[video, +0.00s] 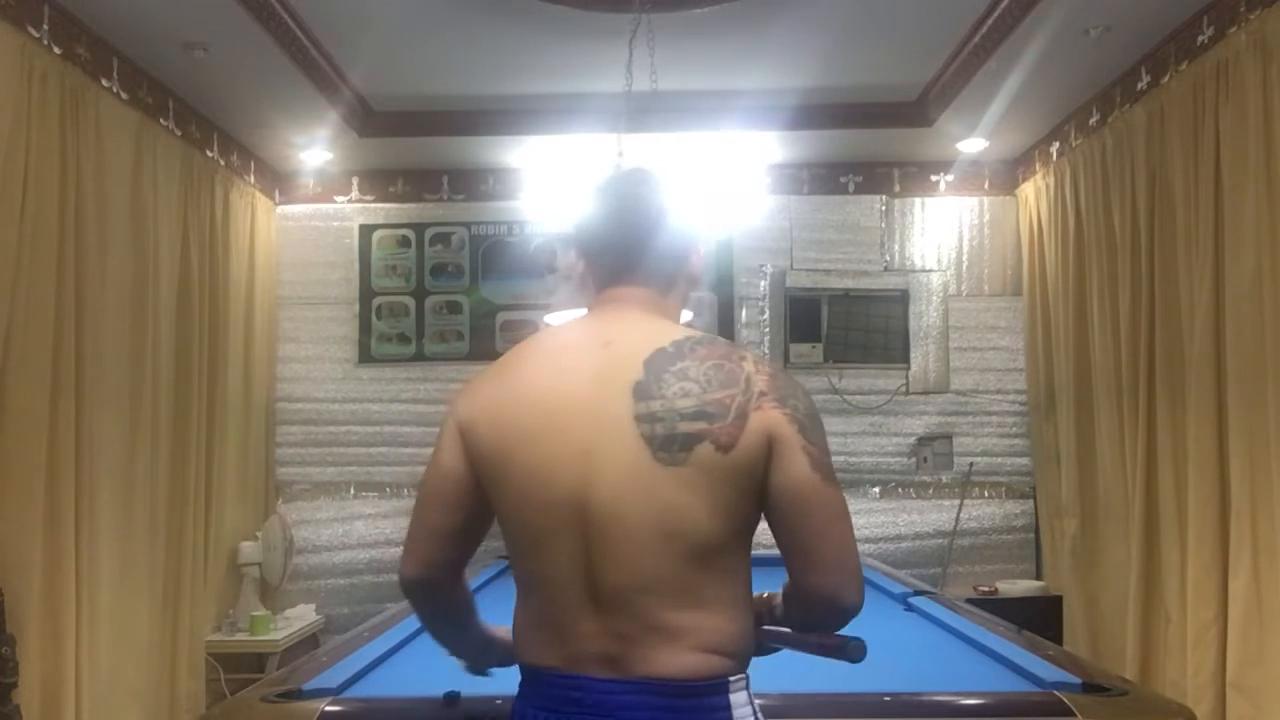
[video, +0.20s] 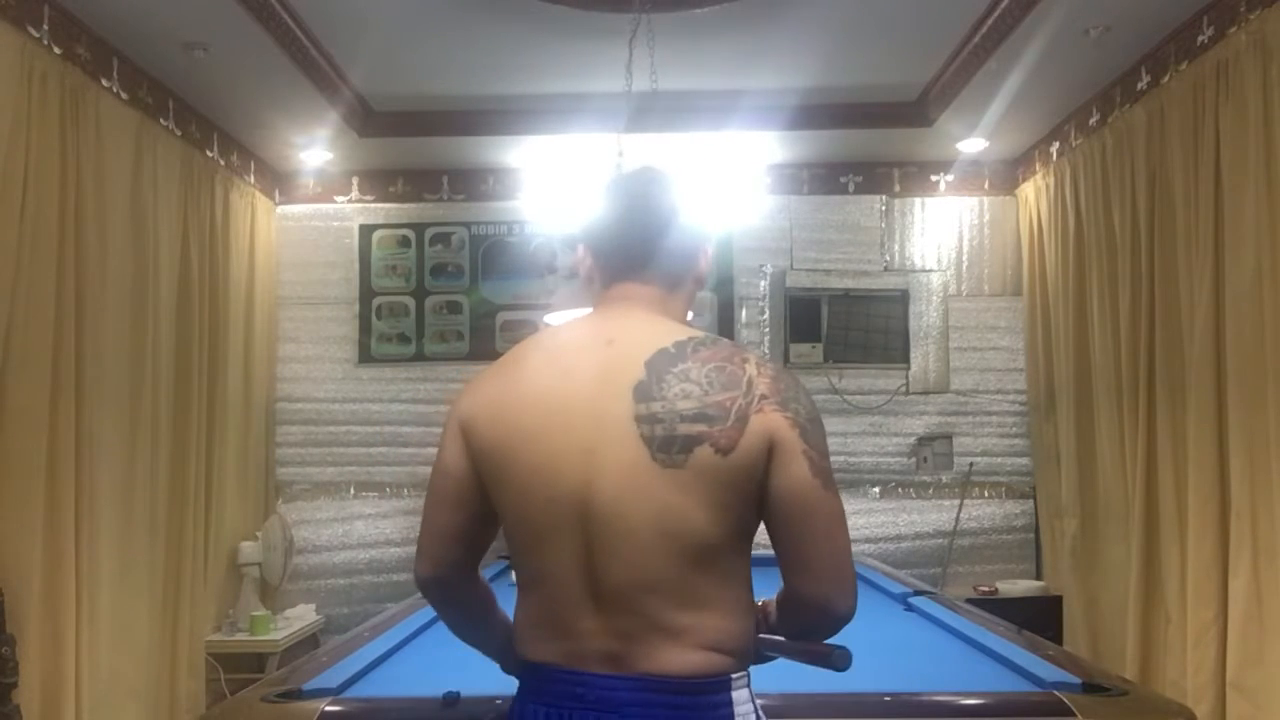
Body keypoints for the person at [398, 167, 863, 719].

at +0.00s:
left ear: (581, 264)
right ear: (693, 264)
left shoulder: (493, 388)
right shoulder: (758, 387)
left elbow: (425, 571)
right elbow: (834, 594)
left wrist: (477, 647)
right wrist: (775, 613)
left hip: (549, 699)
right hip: (700, 701)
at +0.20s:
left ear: (586, 260)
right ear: (702, 263)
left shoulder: (494, 387)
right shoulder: (759, 387)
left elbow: (441, 572)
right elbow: (826, 600)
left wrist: (514, 648)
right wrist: (759, 622)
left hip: (548, 702)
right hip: (704, 705)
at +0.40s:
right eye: (704, 261)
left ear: (582, 263)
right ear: (697, 265)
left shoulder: (492, 385)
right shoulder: (748, 385)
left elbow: (439, 563)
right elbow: (812, 596)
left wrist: (516, 639)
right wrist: (750, 623)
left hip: (538, 698)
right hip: (690, 702)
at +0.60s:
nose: (689, 285)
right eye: (689, 271)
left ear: (570, 268)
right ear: (682, 274)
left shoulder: (486, 387)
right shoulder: (731, 383)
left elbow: (436, 563)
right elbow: (793, 587)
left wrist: (516, 635)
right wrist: (729, 626)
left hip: (523, 698)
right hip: (670, 702)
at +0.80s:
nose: (680, 291)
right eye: (681, 277)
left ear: (566, 277)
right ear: (674, 284)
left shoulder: (481, 390)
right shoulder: (715, 381)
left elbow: (435, 564)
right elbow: (775, 576)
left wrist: (511, 638)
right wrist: (734, 615)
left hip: (512, 695)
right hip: (656, 698)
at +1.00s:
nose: (670, 317)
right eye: (669, 307)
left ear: (563, 304)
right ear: (658, 304)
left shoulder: (488, 395)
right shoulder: (684, 380)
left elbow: (439, 570)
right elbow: (774, 556)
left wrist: (508, 638)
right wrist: (719, 624)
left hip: (498, 690)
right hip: (632, 694)